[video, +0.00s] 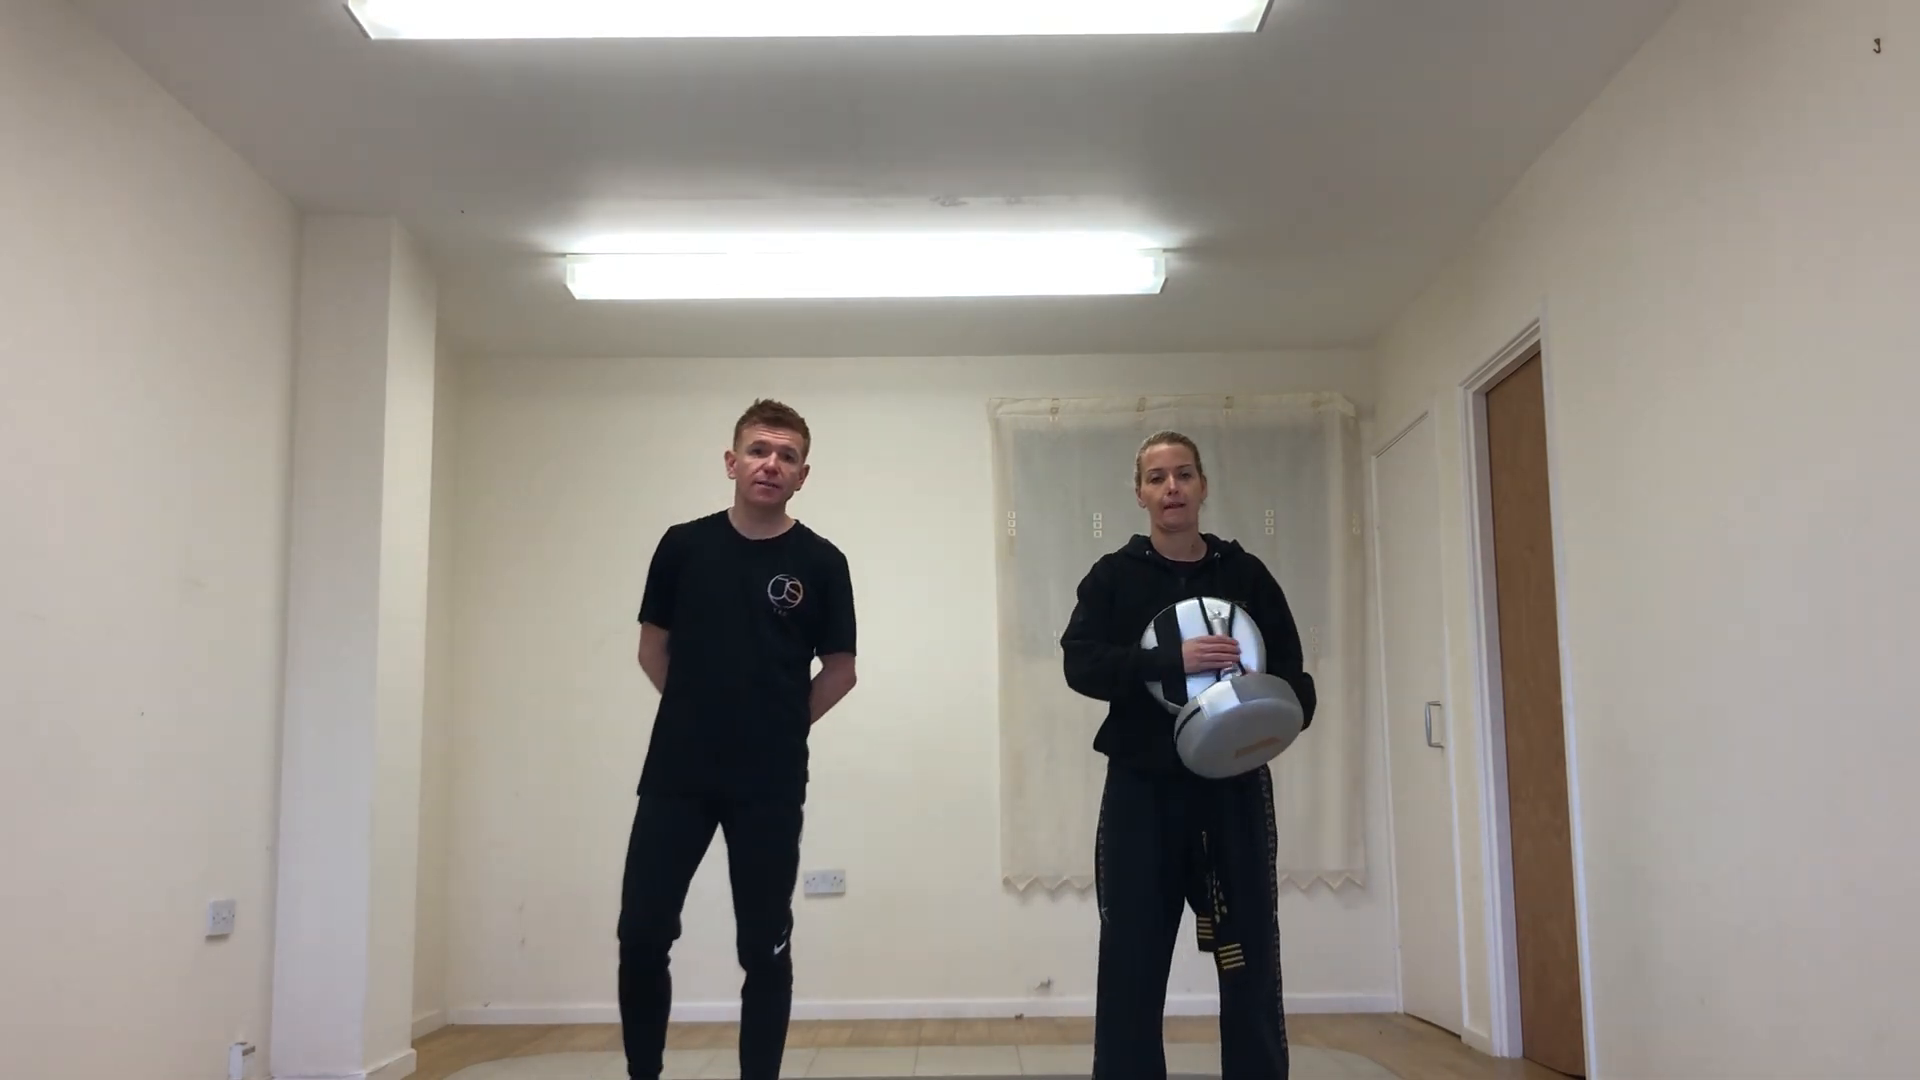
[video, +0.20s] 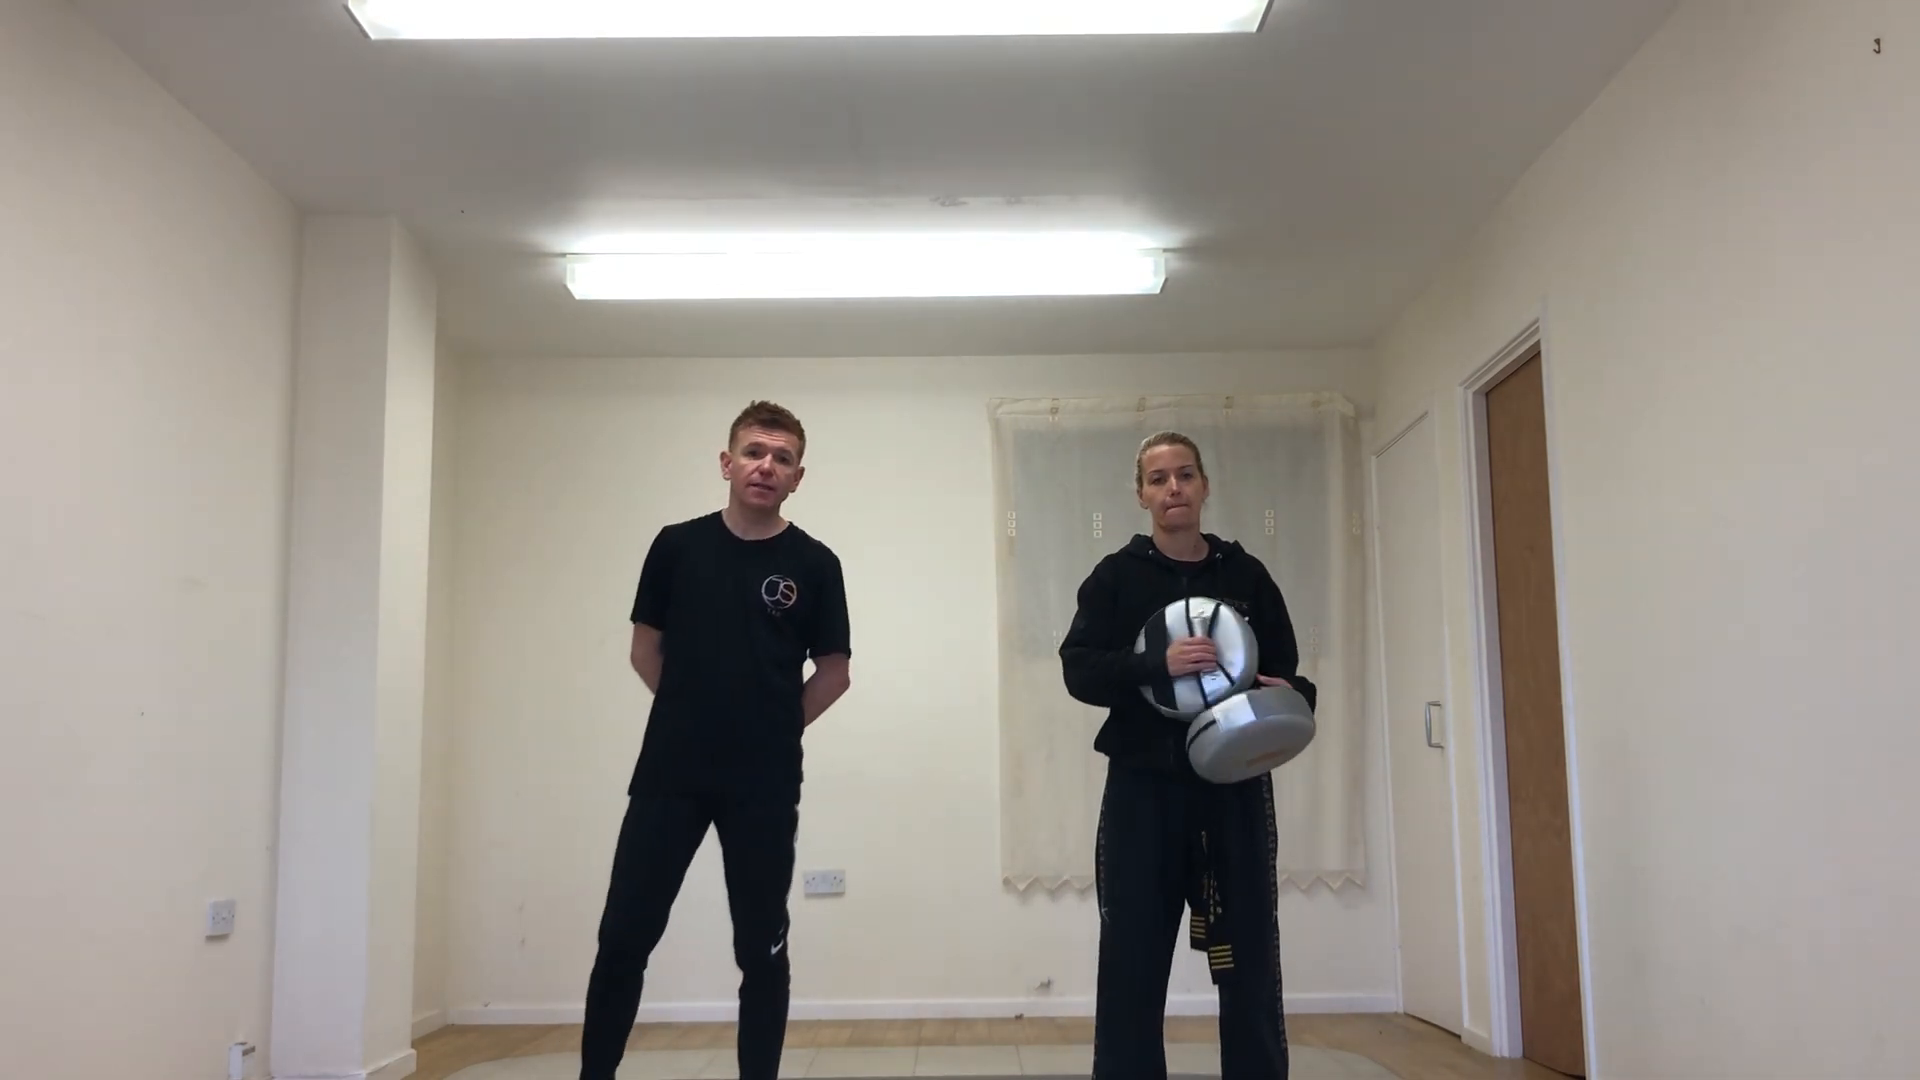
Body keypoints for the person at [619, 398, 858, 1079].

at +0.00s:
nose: (771, 463)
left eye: (787, 455)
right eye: (759, 450)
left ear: (802, 475)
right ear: (731, 461)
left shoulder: (822, 562)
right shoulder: (682, 544)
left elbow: (841, 670)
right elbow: (652, 649)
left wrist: (779, 720)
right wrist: (701, 707)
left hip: (768, 773)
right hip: (680, 764)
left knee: (764, 947)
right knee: (641, 933)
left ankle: (760, 1076)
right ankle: (643, 1074)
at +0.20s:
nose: (767, 466)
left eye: (783, 457)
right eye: (754, 452)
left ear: (797, 476)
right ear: (727, 462)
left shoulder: (816, 564)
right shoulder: (676, 545)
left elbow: (833, 676)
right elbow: (644, 653)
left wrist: (770, 724)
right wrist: (695, 709)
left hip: (763, 773)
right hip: (673, 763)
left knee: (763, 950)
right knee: (622, 940)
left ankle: (758, 1077)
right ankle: (595, 1075)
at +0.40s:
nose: (740, 465)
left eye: (756, 457)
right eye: (728, 452)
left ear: (771, 478)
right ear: (701, 462)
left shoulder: (791, 565)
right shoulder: (649, 547)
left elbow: (811, 674)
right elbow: (619, 657)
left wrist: (749, 725)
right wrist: (670, 712)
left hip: (742, 773)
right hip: (651, 765)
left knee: (752, 951)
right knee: (605, 941)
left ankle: (755, 1077)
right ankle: (576, 1075)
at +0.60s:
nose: (691, 466)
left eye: (707, 458)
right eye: (679, 453)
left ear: (724, 478)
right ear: (653, 467)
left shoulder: (745, 566)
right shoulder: (603, 553)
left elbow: (768, 674)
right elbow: (576, 661)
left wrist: (710, 726)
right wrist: (627, 715)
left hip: (701, 773)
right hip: (611, 769)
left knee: (726, 949)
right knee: (589, 949)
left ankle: (747, 1077)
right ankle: (574, 1075)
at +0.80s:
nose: (639, 468)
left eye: (654, 458)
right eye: (625, 456)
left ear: (675, 476)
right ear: (603, 472)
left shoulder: (702, 564)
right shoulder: (562, 556)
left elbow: (724, 674)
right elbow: (538, 664)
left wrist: (666, 727)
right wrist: (590, 718)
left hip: (659, 770)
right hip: (569, 768)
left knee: (687, 934)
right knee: (562, 946)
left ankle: (729, 1075)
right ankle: (564, 1076)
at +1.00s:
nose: (605, 470)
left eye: (620, 459)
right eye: (591, 458)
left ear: (640, 473)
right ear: (570, 471)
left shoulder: (676, 558)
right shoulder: (534, 556)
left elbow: (703, 663)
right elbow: (516, 666)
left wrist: (649, 720)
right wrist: (570, 713)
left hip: (637, 771)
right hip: (553, 772)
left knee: (632, 938)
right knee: (555, 947)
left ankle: (653, 1076)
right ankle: (562, 1076)